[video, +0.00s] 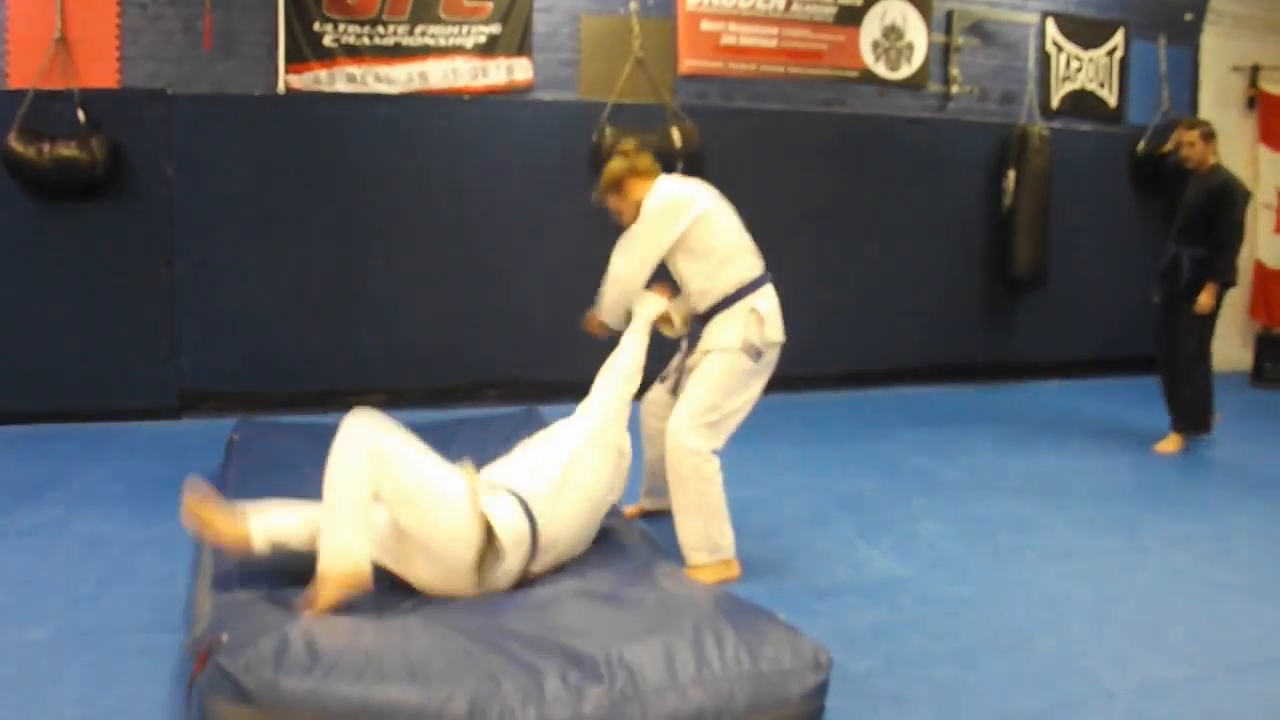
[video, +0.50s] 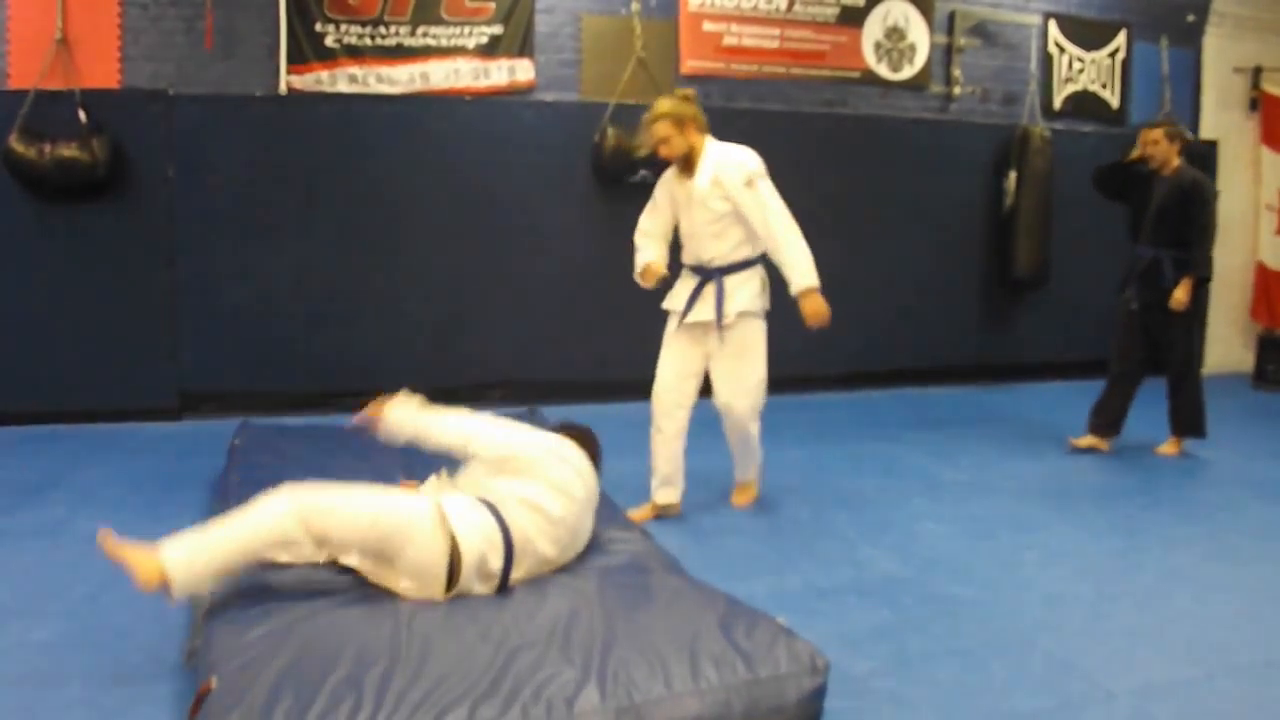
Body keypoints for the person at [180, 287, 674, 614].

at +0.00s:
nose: (595, 406)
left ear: (614, 411)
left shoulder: (605, 437)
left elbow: (618, 377)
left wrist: (646, 316)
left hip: (474, 531)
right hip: (450, 571)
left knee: (366, 428)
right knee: (349, 517)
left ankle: (343, 564)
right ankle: (246, 526)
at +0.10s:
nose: (583, 424)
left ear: (604, 441)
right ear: (611, 491)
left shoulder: (597, 450)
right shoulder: (573, 537)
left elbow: (610, 383)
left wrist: (637, 320)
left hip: (450, 523)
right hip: (427, 579)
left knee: (388, 395)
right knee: (333, 527)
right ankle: (254, 486)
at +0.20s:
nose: (571, 427)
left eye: (577, 428)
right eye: (575, 428)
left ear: (592, 441)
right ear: (601, 502)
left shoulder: (593, 457)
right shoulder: (573, 544)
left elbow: (595, 380)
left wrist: (614, 309)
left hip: (437, 523)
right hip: (426, 582)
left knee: (390, 394)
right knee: (336, 537)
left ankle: (280, 421)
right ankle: (248, 506)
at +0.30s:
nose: (552, 426)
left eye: (560, 425)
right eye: (554, 426)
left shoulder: (591, 461)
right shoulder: (571, 542)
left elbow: (565, 387)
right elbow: (490, 518)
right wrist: (453, 478)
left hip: (438, 511)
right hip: (424, 575)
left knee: (357, 405)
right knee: (336, 537)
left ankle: (236, 437)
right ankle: (226, 546)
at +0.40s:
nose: (553, 443)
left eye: (568, 440)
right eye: (557, 443)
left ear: (595, 450)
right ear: (605, 483)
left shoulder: (583, 459)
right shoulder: (571, 542)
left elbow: (521, 402)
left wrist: (469, 362)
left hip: (443, 516)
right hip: (429, 577)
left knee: (316, 441)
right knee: (331, 539)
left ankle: (190, 499)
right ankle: (220, 554)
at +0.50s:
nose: (542, 439)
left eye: (551, 435)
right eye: (549, 437)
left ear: (563, 441)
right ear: (592, 466)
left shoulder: (558, 455)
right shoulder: (573, 517)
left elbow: (468, 428)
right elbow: (490, 507)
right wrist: (427, 495)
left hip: (436, 529)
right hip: (440, 573)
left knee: (296, 505)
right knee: (301, 529)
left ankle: (166, 563)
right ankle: (179, 564)